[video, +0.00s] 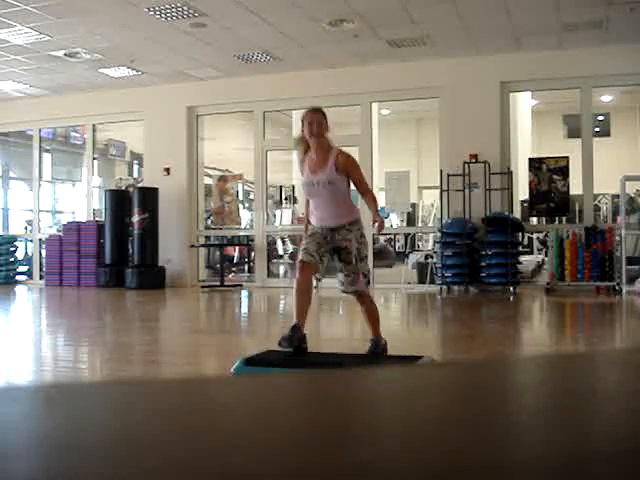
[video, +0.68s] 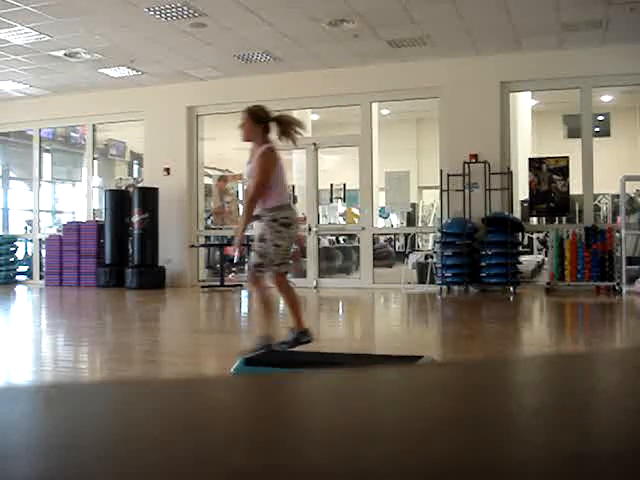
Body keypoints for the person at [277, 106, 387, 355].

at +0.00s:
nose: (313, 128)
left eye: (318, 123)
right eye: (308, 124)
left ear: (326, 126)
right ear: (303, 129)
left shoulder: (342, 159)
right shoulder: (304, 160)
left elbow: (365, 190)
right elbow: (309, 198)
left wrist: (376, 214)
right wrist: (307, 227)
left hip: (347, 229)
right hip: (317, 230)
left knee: (358, 288)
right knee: (303, 270)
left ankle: (377, 339)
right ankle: (298, 331)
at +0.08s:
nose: (315, 129)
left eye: (319, 124)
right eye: (310, 125)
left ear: (328, 127)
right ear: (304, 130)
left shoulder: (341, 158)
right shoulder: (306, 160)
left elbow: (358, 192)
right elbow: (310, 196)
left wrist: (364, 207)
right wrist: (296, 222)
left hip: (348, 227)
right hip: (321, 229)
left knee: (358, 287)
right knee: (301, 262)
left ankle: (377, 339)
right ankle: (303, 328)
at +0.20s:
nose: (309, 116)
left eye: (313, 112)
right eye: (305, 113)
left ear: (321, 115)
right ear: (298, 117)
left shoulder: (330, 143)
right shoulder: (301, 148)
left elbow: (339, 183)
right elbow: (297, 181)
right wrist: (268, 199)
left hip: (341, 213)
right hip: (315, 215)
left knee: (356, 275)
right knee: (296, 265)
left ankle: (373, 334)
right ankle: (313, 319)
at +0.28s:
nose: (305, 118)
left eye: (309, 113)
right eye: (300, 114)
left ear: (317, 117)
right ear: (294, 119)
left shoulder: (325, 145)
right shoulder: (298, 150)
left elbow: (328, 187)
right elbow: (291, 183)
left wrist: (300, 198)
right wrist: (259, 195)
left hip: (337, 214)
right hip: (313, 215)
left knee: (351, 275)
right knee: (296, 272)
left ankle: (372, 332)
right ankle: (312, 320)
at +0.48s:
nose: (285, 140)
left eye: (289, 135)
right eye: (283, 135)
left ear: (300, 137)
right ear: (283, 138)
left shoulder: (306, 165)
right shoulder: (288, 165)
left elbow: (294, 204)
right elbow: (283, 201)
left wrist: (257, 222)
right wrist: (261, 220)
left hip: (317, 234)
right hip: (299, 237)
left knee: (337, 290)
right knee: (295, 290)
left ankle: (374, 336)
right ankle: (315, 335)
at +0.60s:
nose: (262, 130)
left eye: (266, 126)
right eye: (263, 126)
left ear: (279, 129)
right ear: (276, 130)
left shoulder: (285, 157)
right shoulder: (273, 156)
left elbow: (267, 197)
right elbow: (261, 195)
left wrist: (250, 235)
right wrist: (250, 230)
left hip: (293, 221)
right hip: (282, 222)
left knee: (289, 281)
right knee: (288, 281)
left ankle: (328, 328)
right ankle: (312, 330)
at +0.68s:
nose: (241, 128)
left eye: (245, 124)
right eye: (242, 124)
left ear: (258, 126)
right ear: (258, 127)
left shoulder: (266, 153)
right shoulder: (258, 153)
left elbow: (256, 192)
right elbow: (253, 184)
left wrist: (242, 228)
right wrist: (230, 180)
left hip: (277, 217)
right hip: (269, 217)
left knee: (257, 277)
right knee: (278, 276)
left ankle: (266, 338)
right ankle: (300, 328)